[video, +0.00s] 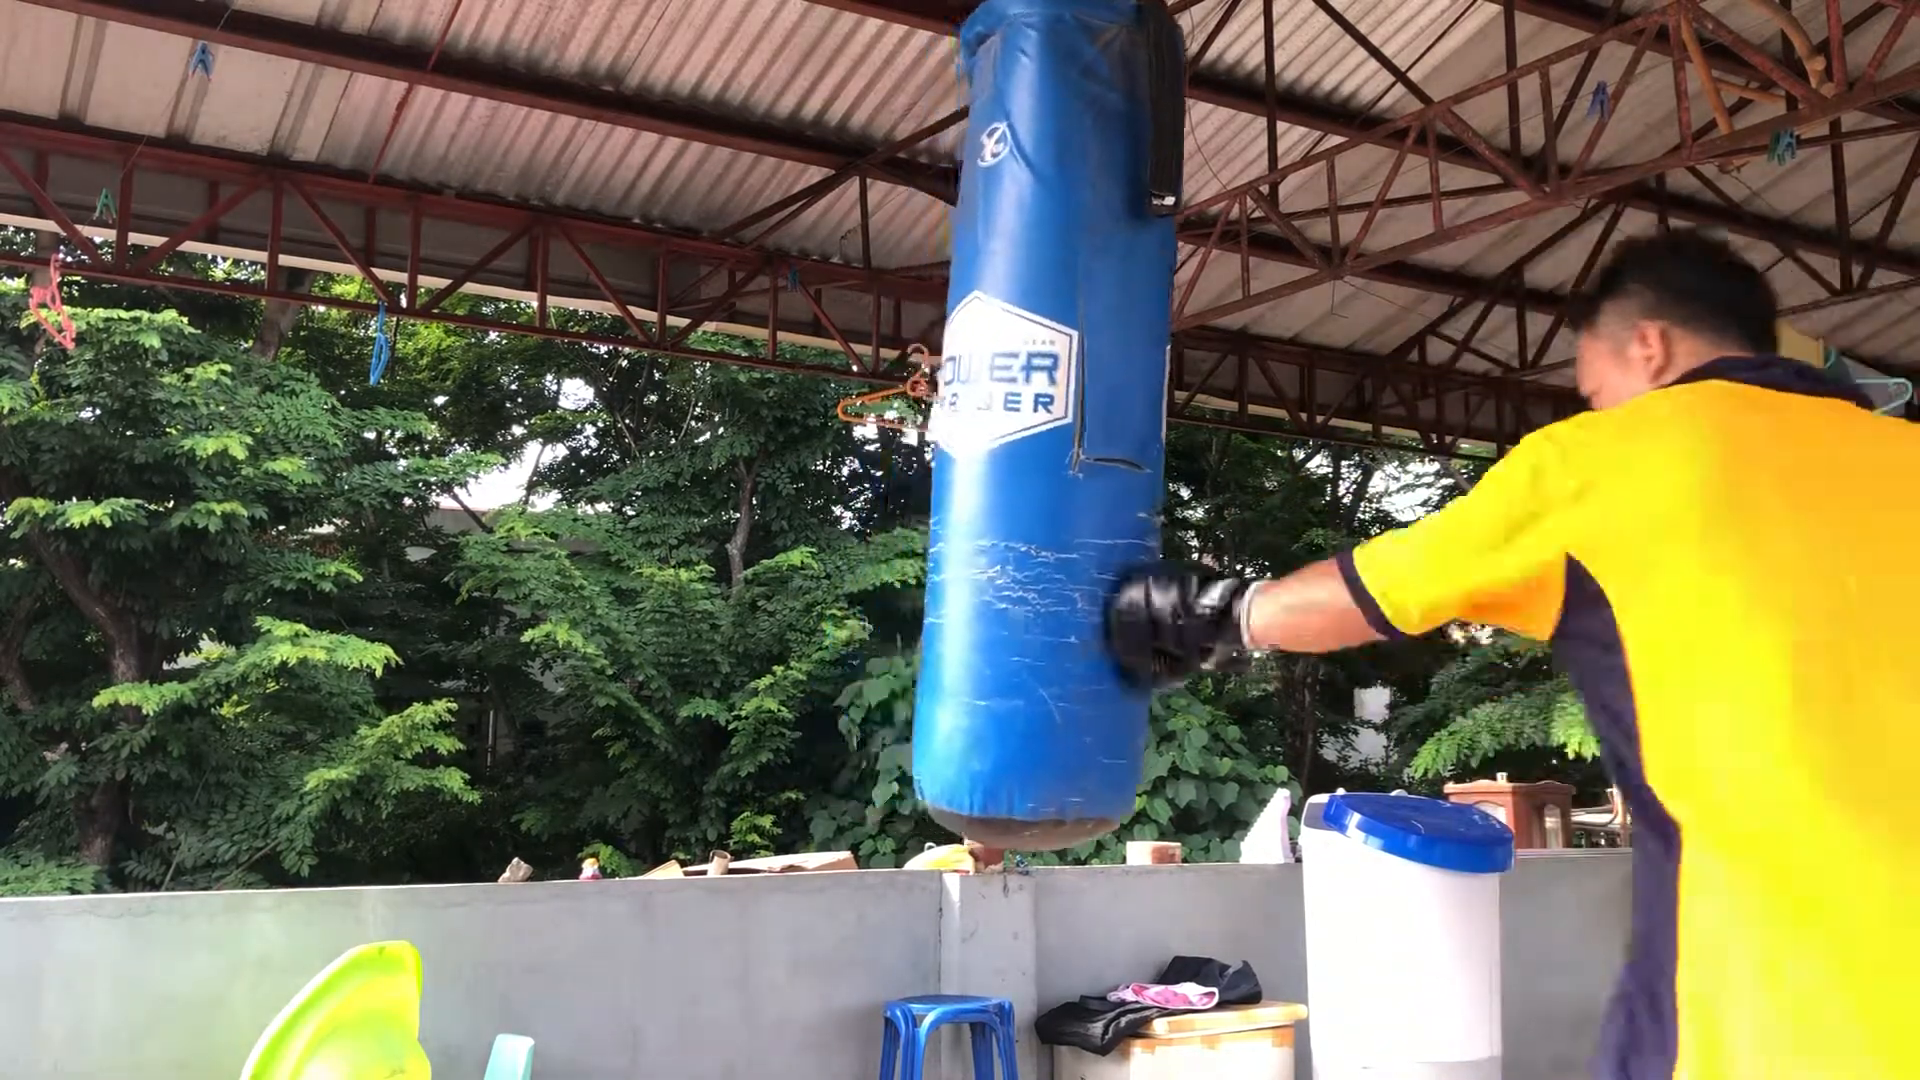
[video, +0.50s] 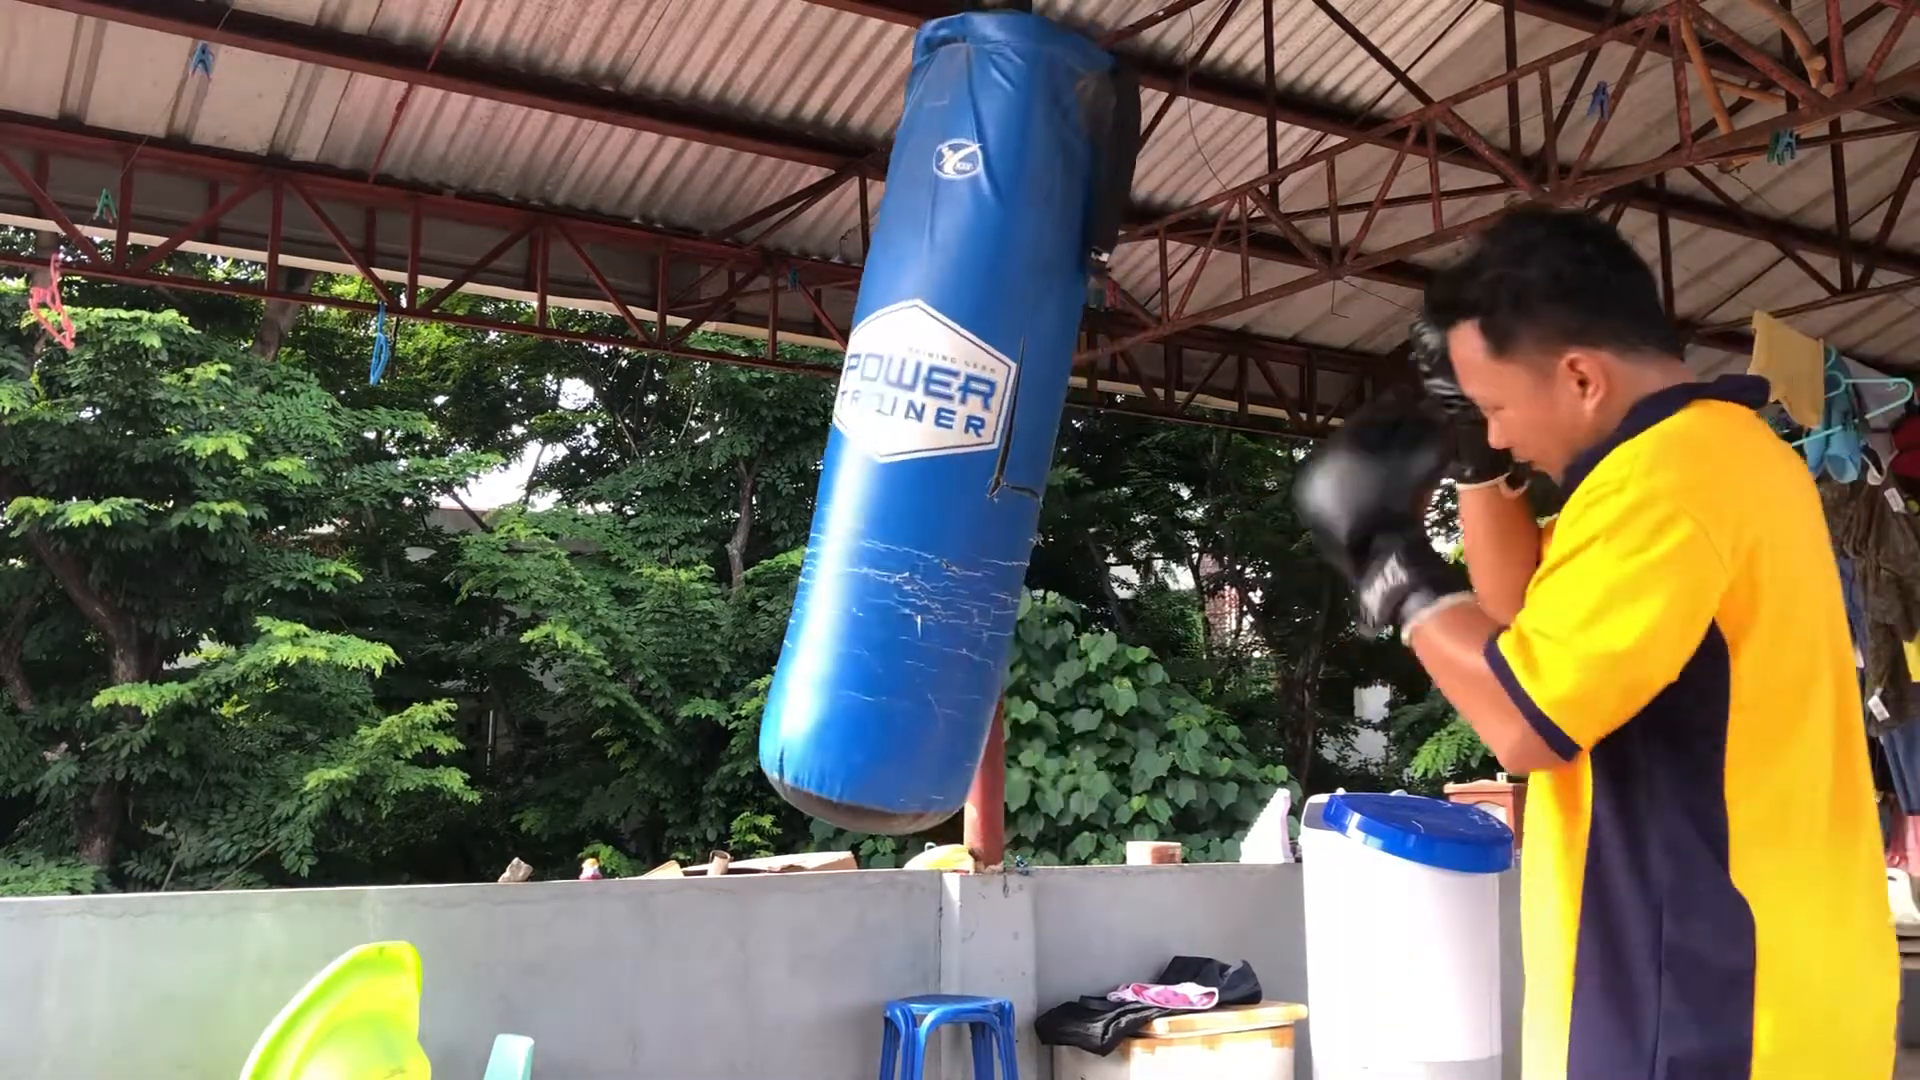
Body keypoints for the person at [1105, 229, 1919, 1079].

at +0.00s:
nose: (1589, 412)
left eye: (1587, 388)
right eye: (1580, 393)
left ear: (1650, 347)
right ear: (1766, 346)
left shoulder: (1600, 462)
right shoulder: (1901, 451)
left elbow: (1361, 601)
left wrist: (1215, 615)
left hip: (1766, 1021)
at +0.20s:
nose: (1537, 417)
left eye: (1528, 395)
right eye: (1522, 401)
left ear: (1581, 344)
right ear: (1688, 323)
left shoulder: (1589, 442)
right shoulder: (1861, 445)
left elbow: (1408, 644)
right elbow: (1801, 735)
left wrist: (1285, 541)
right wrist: (1561, 796)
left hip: (1701, 1017)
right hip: (1892, 1011)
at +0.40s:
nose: (1527, 421)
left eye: (1524, 390)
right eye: (1515, 396)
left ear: (1600, 357)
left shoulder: (1678, 451)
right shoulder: (1795, 446)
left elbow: (1475, 661)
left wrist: (1403, 475)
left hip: (1702, 1031)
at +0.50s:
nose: (1495, 441)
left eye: (1498, 411)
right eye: (1484, 417)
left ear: (1580, 378)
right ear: (1585, 375)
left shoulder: (1670, 478)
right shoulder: (1726, 448)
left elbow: (1525, 726)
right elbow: (1519, 608)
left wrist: (1388, 559)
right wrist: (1473, 442)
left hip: (1702, 1035)